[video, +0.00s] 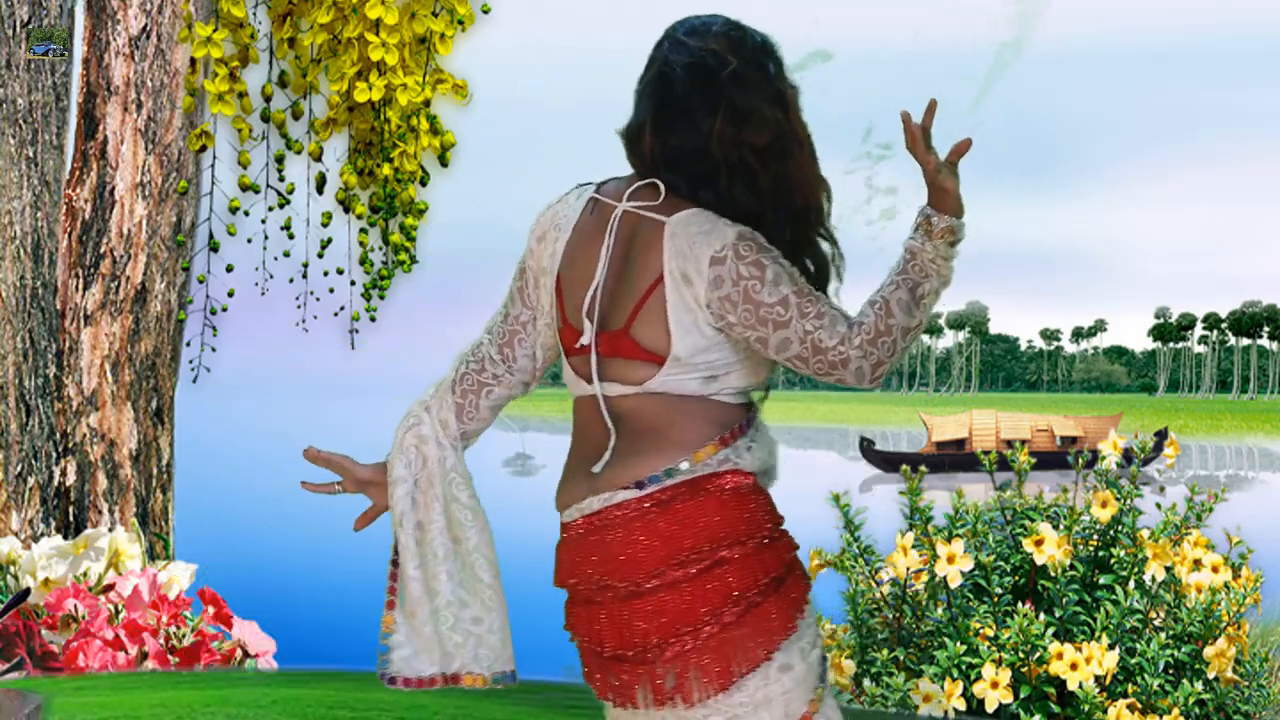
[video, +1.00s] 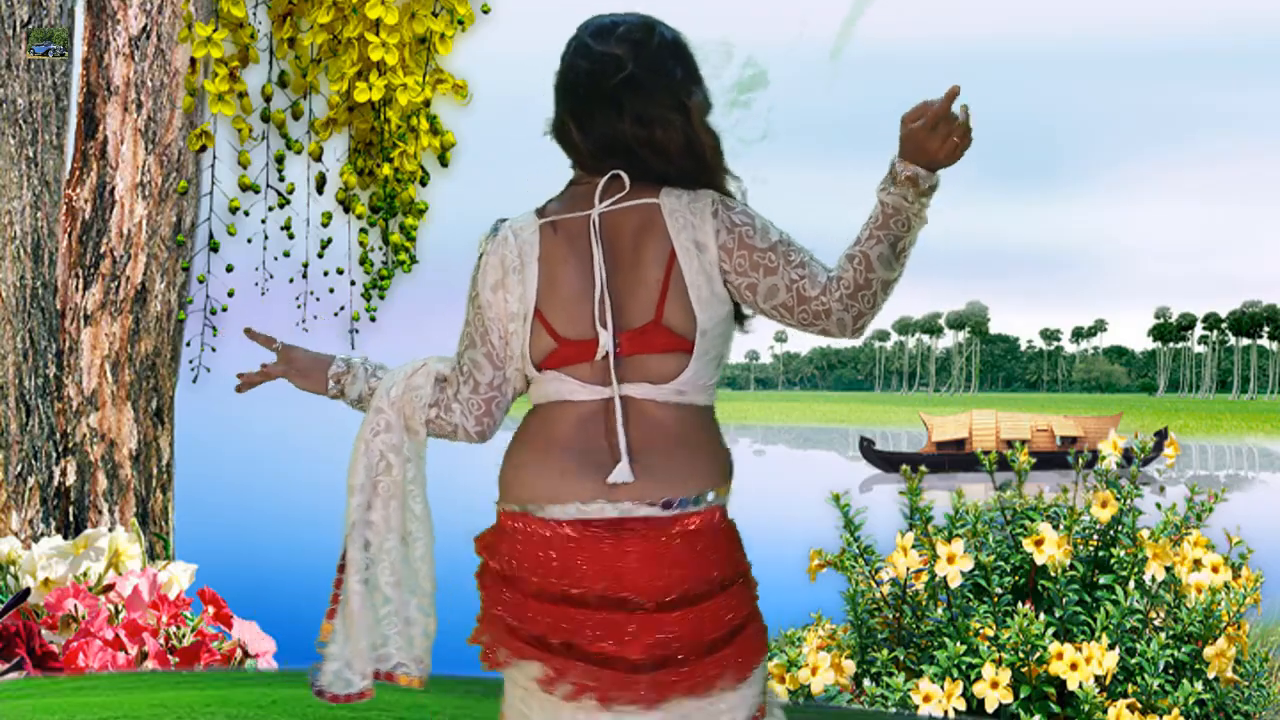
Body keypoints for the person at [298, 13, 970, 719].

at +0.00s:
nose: (789, 132)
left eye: (782, 107)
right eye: (777, 110)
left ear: (651, 117)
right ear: (749, 126)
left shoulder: (565, 224)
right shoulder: (721, 247)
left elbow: (499, 363)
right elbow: (861, 357)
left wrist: (408, 463)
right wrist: (941, 228)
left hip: (589, 533)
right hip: (706, 521)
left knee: (643, 706)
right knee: (770, 703)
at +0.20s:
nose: (757, 135)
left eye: (747, 111)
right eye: (747, 115)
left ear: (614, 126)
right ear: (727, 131)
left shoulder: (547, 232)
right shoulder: (702, 248)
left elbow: (468, 376)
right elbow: (833, 353)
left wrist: (366, 460)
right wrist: (904, 213)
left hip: (514, 541)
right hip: (633, 567)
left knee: (546, 695)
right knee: (739, 704)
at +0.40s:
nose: (727, 124)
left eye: (716, 101)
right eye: (717, 105)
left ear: (591, 122)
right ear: (700, 122)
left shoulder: (525, 236)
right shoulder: (691, 242)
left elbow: (458, 377)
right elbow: (826, 340)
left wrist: (346, 443)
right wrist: (896, 202)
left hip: (500, 537)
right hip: (619, 560)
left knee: (521, 702)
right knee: (713, 704)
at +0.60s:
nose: (704, 120)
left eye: (697, 100)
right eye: (695, 101)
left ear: (571, 121)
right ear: (671, 117)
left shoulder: (505, 241)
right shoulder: (687, 233)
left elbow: (442, 392)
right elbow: (828, 321)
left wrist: (320, 412)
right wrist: (906, 194)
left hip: (505, 526)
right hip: (632, 538)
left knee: (522, 701)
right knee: (673, 700)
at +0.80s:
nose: (681, 119)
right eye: (670, 101)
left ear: (543, 133)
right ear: (656, 120)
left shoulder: (501, 262)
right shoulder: (696, 235)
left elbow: (446, 421)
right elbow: (830, 310)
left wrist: (330, 350)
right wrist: (887, 173)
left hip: (488, 521)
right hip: (624, 548)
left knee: (490, 696)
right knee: (653, 701)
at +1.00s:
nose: (705, 110)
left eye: (697, 89)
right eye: (696, 92)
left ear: (570, 115)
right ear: (678, 108)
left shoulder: (514, 243)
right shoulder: (711, 221)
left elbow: (469, 407)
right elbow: (844, 309)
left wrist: (331, 375)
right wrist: (913, 174)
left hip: (543, 522)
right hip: (684, 521)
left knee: (552, 693)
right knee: (710, 700)